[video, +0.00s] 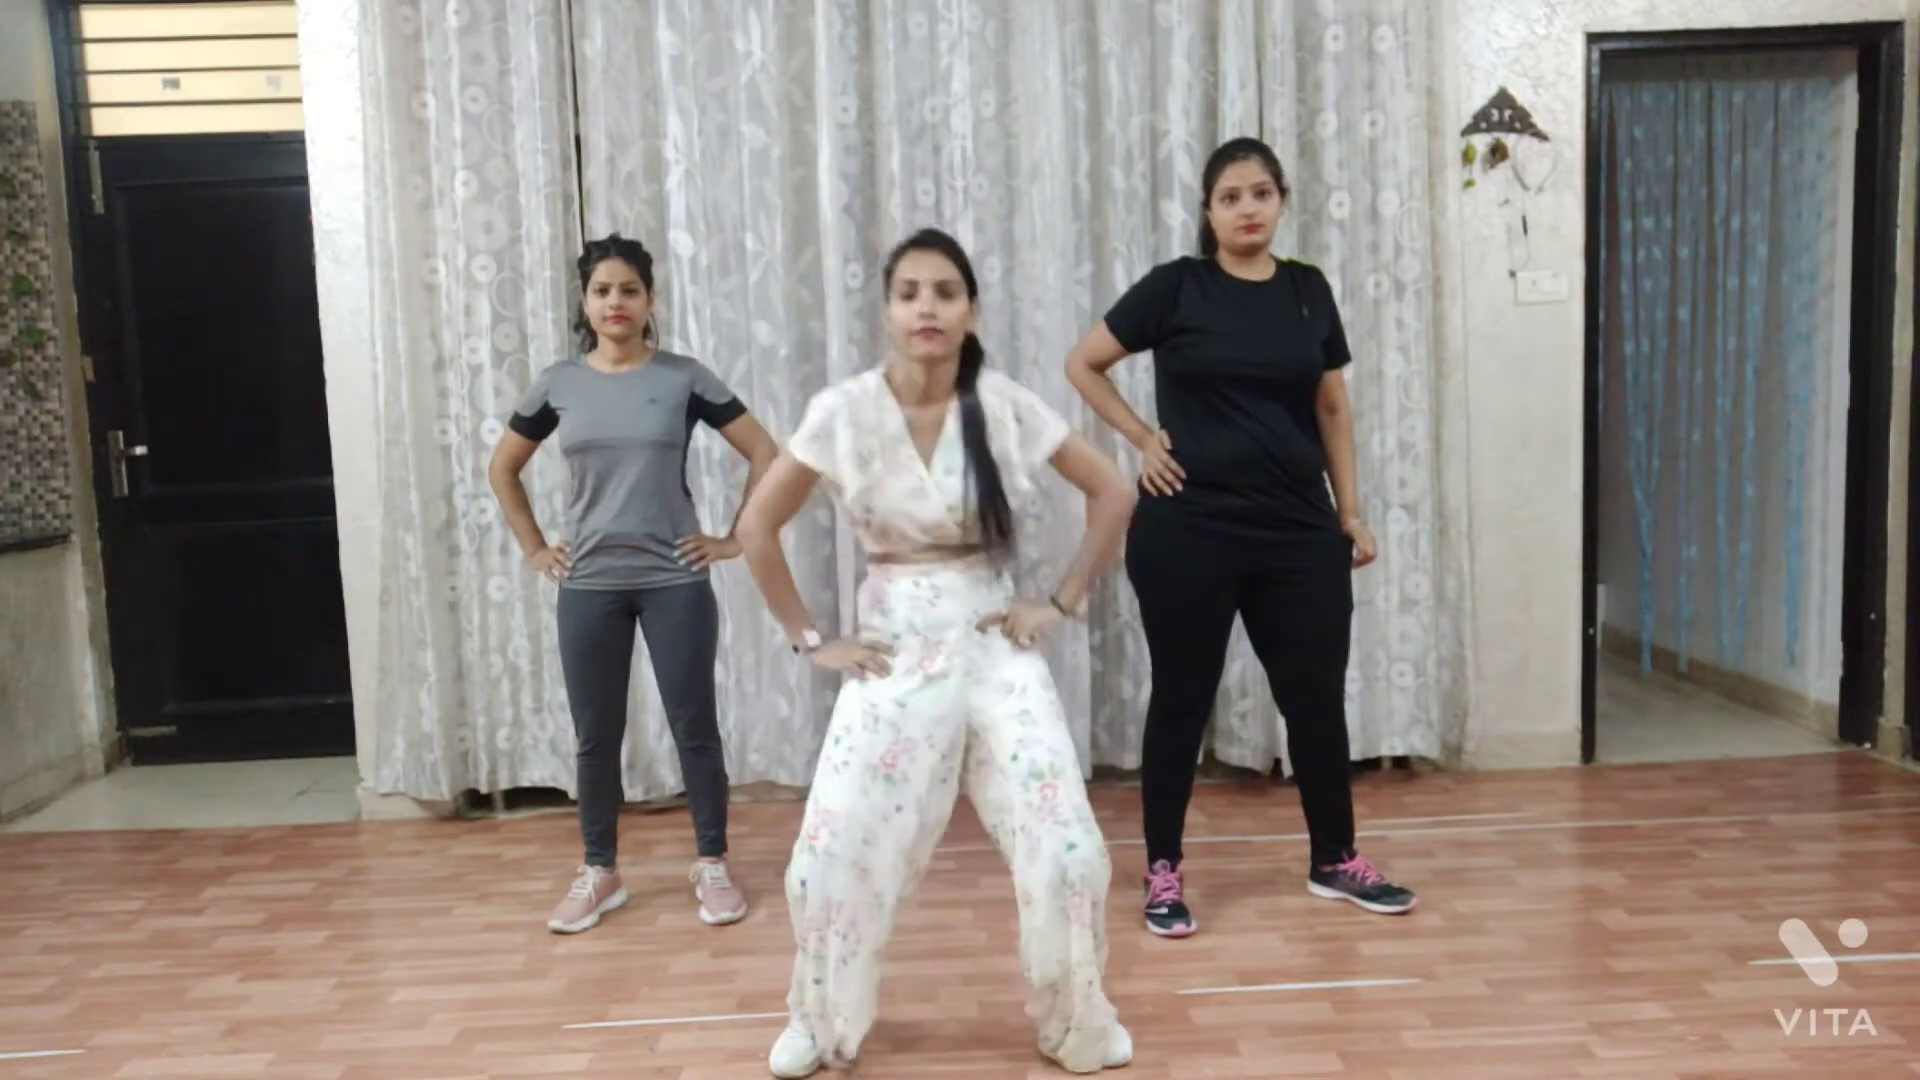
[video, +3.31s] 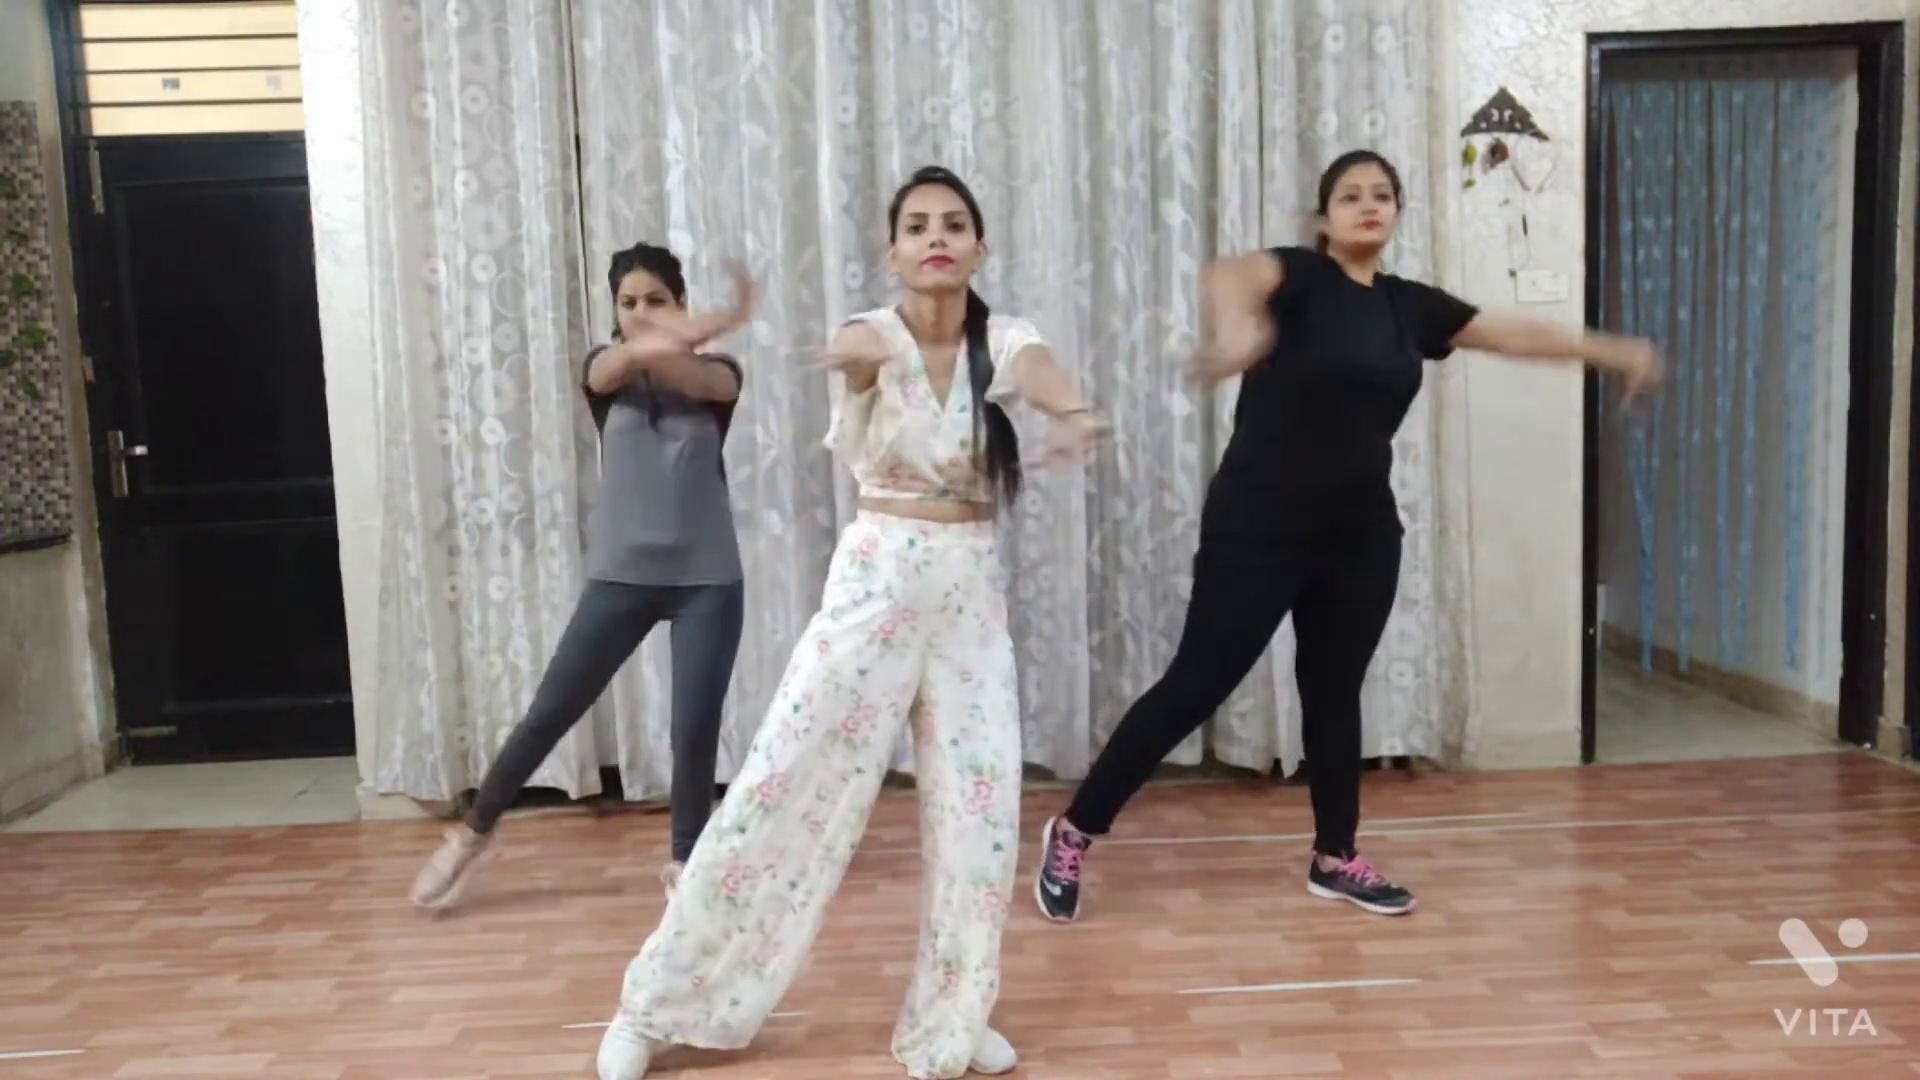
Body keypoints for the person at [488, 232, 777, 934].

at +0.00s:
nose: (616, 302)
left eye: (629, 290)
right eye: (602, 291)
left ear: (650, 301)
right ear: (584, 303)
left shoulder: (685, 379)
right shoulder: (558, 384)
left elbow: (768, 458)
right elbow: (502, 469)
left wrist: (736, 538)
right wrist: (537, 548)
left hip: (675, 575)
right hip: (589, 580)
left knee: (695, 727)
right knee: (596, 737)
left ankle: (712, 865)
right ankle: (599, 872)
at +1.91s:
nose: (613, 301)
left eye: (627, 289)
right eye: (600, 290)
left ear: (647, 301)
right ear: (581, 301)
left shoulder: (682, 378)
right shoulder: (556, 385)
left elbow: (763, 453)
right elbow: (500, 468)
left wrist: (733, 538)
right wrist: (537, 548)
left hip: (674, 574)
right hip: (589, 579)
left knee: (693, 726)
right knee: (595, 736)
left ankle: (712, 866)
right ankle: (599, 872)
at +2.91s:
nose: (621, 303)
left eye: (634, 290)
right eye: (608, 292)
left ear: (658, 297)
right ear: (591, 303)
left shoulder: (694, 379)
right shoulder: (569, 375)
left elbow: (752, 460)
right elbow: (473, 441)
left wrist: (806, 518)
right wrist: (473, 529)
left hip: (674, 574)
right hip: (589, 582)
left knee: (680, 732)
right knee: (595, 738)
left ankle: (687, 873)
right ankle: (599, 873)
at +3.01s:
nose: (629, 307)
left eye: (642, 293)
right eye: (616, 295)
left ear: (667, 299)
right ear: (601, 305)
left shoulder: (701, 377)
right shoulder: (583, 372)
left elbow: (757, 443)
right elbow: (521, 414)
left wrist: (826, 497)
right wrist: (470, 445)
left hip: (680, 578)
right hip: (596, 580)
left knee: (683, 733)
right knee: (587, 736)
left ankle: (687, 871)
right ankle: (597, 872)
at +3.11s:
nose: (632, 309)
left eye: (646, 295)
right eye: (620, 298)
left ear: (675, 302)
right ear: (606, 309)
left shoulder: (707, 379)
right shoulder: (600, 372)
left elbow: (750, 421)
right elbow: (565, 384)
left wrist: (807, 455)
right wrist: (524, 370)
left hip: (688, 580)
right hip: (605, 581)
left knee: (688, 726)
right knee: (567, 721)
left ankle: (685, 869)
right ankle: (579, 864)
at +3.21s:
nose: (640, 313)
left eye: (653, 299)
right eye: (627, 301)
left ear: (683, 303)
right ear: (610, 309)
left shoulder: (709, 371)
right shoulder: (598, 366)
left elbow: (729, 389)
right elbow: (600, 375)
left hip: (701, 579)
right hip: (616, 577)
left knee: (691, 736)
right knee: (556, 716)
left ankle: (687, 874)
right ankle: (509, 851)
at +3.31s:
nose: (644, 312)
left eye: (656, 299)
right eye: (631, 303)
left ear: (685, 302)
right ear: (616, 311)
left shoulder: (724, 372)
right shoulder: (604, 365)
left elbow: (697, 378)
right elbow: (621, 362)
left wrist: (648, 343)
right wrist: (723, 320)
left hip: (708, 574)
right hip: (623, 575)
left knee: (696, 734)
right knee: (549, 714)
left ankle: (687, 876)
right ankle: (471, 836)